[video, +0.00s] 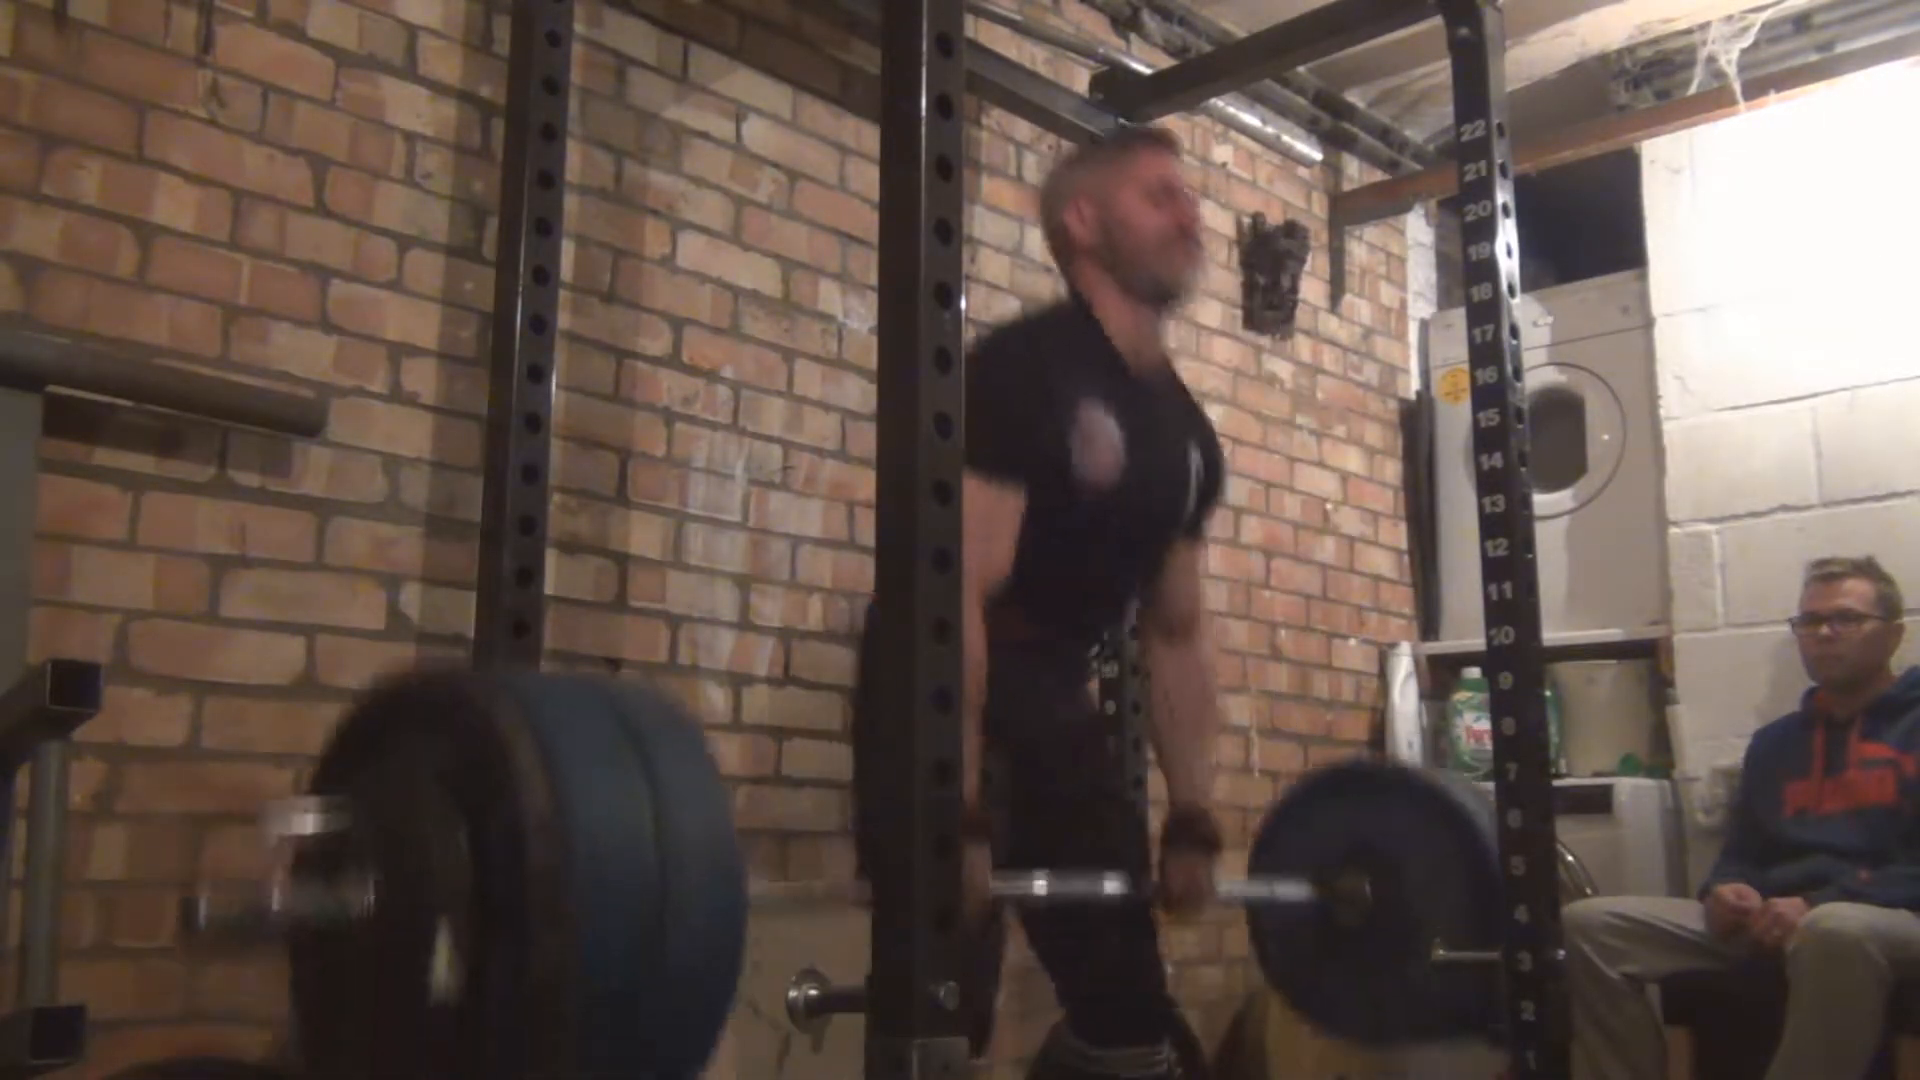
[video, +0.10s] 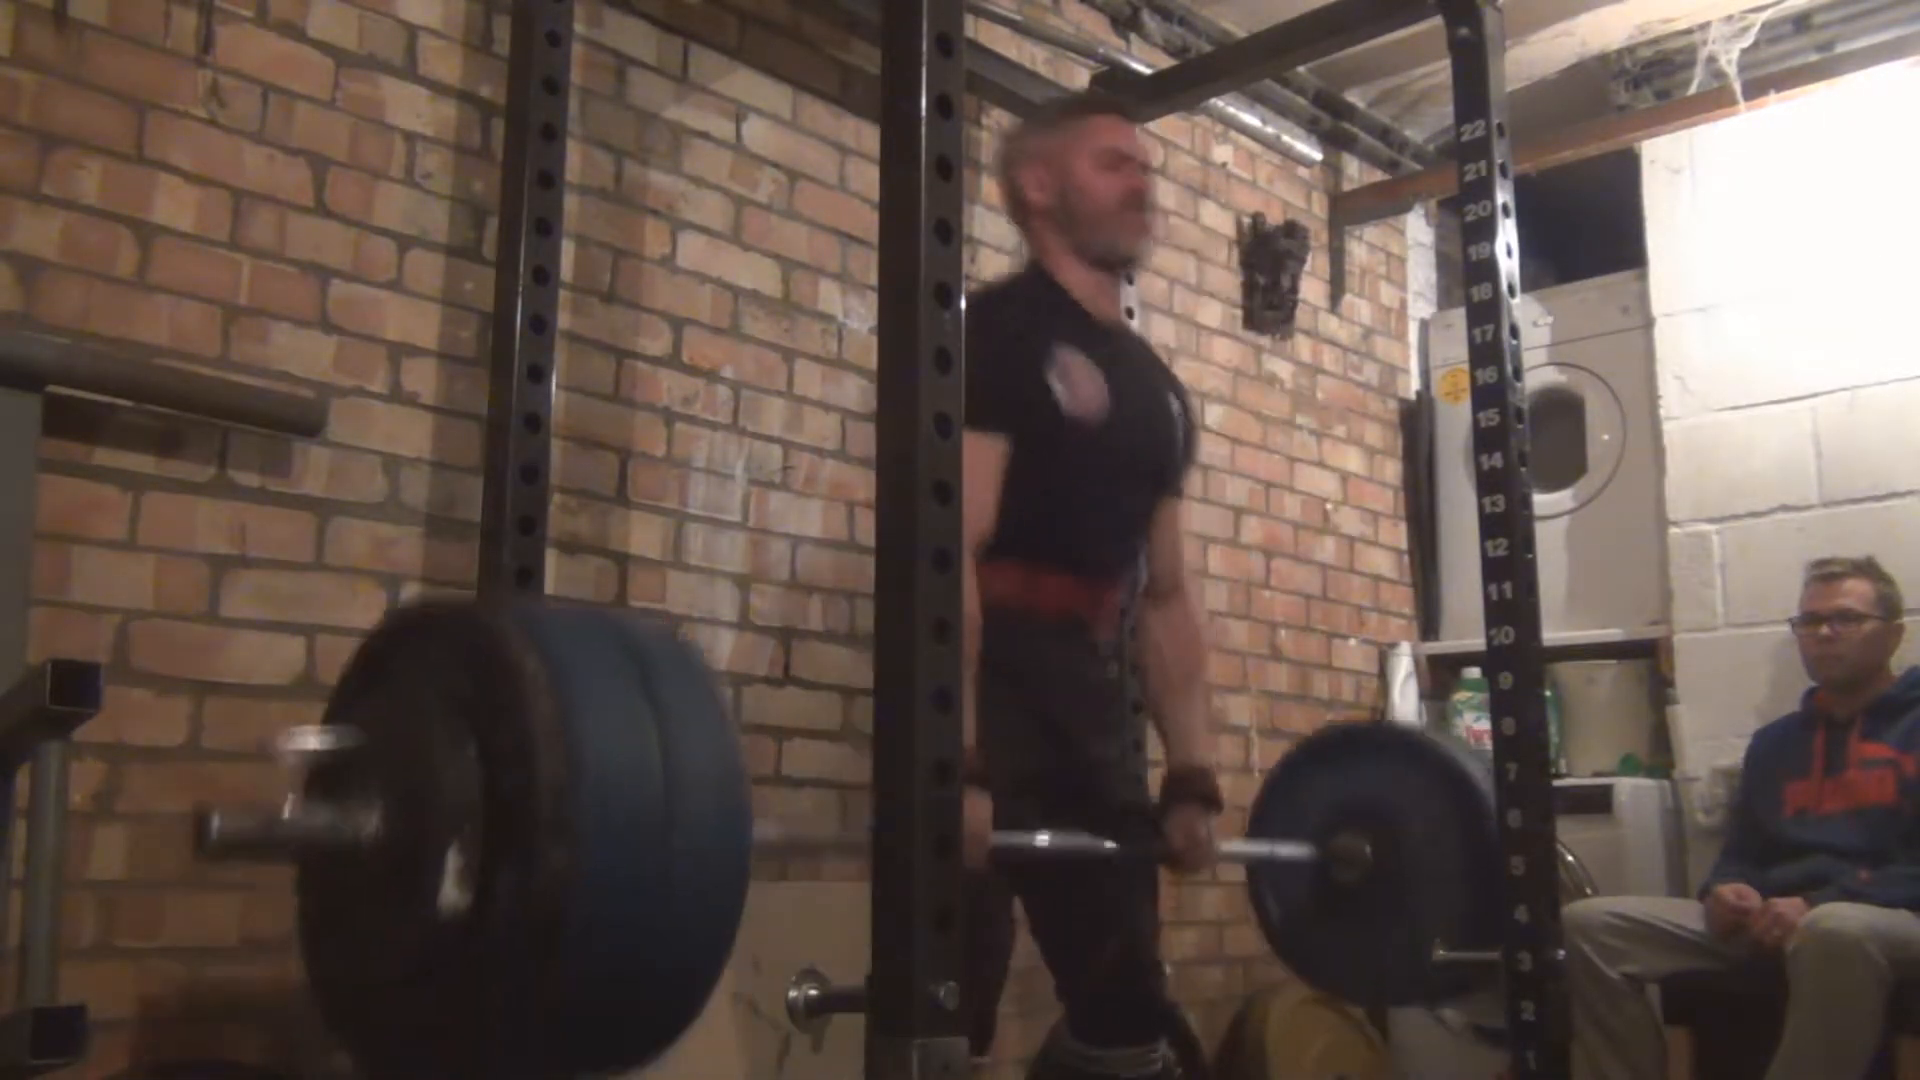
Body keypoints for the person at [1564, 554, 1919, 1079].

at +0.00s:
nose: (1824, 634)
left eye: (1846, 619)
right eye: (1810, 621)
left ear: (1894, 635)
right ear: (1796, 634)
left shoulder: (1914, 720)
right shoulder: (1774, 742)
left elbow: (1915, 870)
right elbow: (1740, 851)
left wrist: (1818, 904)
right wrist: (1725, 891)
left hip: (1893, 918)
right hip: (1767, 917)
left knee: (1833, 936)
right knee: (1588, 928)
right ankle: (1627, 1072)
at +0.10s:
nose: (1824, 634)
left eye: (1846, 619)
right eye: (1810, 621)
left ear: (1894, 635)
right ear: (1796, 634)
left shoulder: (1914, 721)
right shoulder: (1774, 742)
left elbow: (1915, 870)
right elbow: (1740, 851)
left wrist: (1818, 904)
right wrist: (1725, 891)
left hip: (1893, 918)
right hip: (1767, 918)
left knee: (1833, 936)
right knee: (1588, 928)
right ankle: (1627, 1072)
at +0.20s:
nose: (1823, 634)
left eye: (1845, 619)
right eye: (1810, 620)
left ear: (1894, 635)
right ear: (1796, 633)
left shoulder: (1914, 721)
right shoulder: (1774, 743)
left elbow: (1915, 872)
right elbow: (1739, 854)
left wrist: (1817, 905)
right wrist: (1724, 893)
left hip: (1893, 919)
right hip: (1766, 918)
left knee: (1834, 936)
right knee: (1588, 929)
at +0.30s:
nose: (1824, 634)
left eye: (1845, 619)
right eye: (1810, 621)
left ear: (1894, 634)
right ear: (1796, 634)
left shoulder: (1914, 721)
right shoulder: (1775, 743)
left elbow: (1915, 870)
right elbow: (1740, 852)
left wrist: (1816, 905)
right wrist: (1725, 890)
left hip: (1894, 918)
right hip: (1767, 917)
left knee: (1833, 936)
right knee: (1589, 927)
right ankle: (1627, 1073)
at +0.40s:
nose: (1821, 634)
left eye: (1842, 619)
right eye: (1808, 621)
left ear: (1893, 634)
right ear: (1795, 633)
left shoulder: (1913, 721)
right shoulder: (1775, 742)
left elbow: (1914, 872)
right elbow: (1740, 852)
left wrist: (1816, 905)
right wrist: (1725, 890)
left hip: (1892, 920)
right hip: (1766, 917)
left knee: (1833, 936)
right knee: (1589, 928)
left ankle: (1799, 1073)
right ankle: (1634, 1073)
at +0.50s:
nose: (1821, 634)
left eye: (1842, 619)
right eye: (1808, 620)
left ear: (1892, 634)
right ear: (1794, 633)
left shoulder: (1912, 722)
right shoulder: (1775, 742)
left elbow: (1913, 871)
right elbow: (1740, 852)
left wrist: (1817, 906)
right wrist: (1725, 890)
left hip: (1891, 919)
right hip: (1765, 918)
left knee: (1833, 936)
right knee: (1591, 928)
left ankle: (1799, 1073)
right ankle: (1633, 1073)